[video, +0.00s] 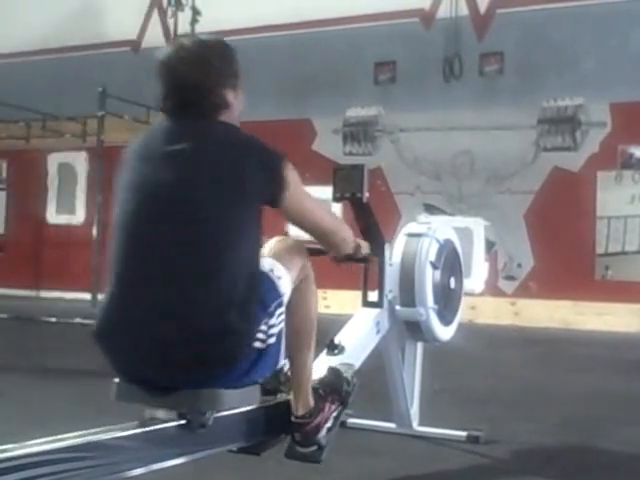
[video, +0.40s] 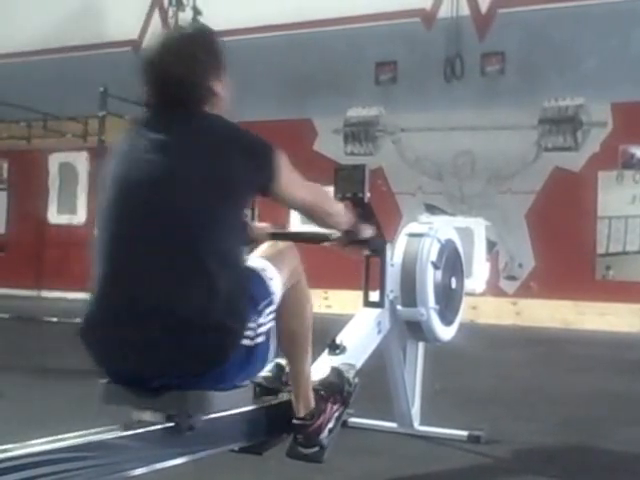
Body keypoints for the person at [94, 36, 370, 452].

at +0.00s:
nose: (241, 99)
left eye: (239, 88)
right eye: (239, 88)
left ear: (171, 95)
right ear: (226, 96)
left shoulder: (139, 151)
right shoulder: (252, 157)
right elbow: (337, 235)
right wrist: (347, 247)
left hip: (132, 358)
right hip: (216, 360)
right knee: (293, 250)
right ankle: (305, 409)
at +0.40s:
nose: (227, 86)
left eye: (224, 75)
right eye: (223, 75)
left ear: (157, 84)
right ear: (211, 84)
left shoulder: (129, 146)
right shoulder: (229, 144)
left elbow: (171, 230)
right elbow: (315, 202)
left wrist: (258, 233)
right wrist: (348, 223)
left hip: (120, 360)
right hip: (202, 361)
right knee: (286, 254)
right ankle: (305, 409)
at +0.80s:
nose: (44, 53)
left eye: (40, 42)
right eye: (39, 42)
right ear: (17, 45)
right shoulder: (61, 130)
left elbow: (31, 237)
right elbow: (178, 242)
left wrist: (128, 226)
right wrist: (218, 235)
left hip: (3, 358)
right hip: (78, 360)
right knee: (237, 340)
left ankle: (258, 405)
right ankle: (312, 413)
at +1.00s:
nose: (56, 58)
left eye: (54, 45)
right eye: (52, 45)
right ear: (29, 45)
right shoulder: (45, 129)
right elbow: (61, 267)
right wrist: (128, 249)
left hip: (8, 356)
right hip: (54, 358)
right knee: (234, 335)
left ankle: (251, 407)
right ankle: (307, 412)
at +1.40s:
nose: (195, 78)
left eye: (191, 64)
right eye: (190, 64)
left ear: (113, 78)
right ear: (175, 71)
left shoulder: (76, 147)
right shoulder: (203, 145)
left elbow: (60, 261)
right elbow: (299, 243)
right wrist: (309, 231)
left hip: (93, 368)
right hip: (173, 367)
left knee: (211, 263)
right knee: (285, 266)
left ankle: (248, 412)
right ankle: (311, 414)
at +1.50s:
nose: (223, 86)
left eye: (220, 75)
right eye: (220, 75)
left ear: (150, 86)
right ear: (208, 86)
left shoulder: (119, 149)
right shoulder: (239, 154)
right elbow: (330, 241)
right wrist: (351, 242)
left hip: (120, 360)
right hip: (207, 362)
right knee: (297, 257)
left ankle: (267, 375)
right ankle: (312, 413)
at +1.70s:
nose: (267, 109)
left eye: (265, 100)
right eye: (265, 100)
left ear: (198, 109)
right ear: (254, 108)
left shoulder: (173, 158)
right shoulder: (271, 163)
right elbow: (348, 223)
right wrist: (377, 248)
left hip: (157, 357)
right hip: (238, 360)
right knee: (308, 245)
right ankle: (309, 406)